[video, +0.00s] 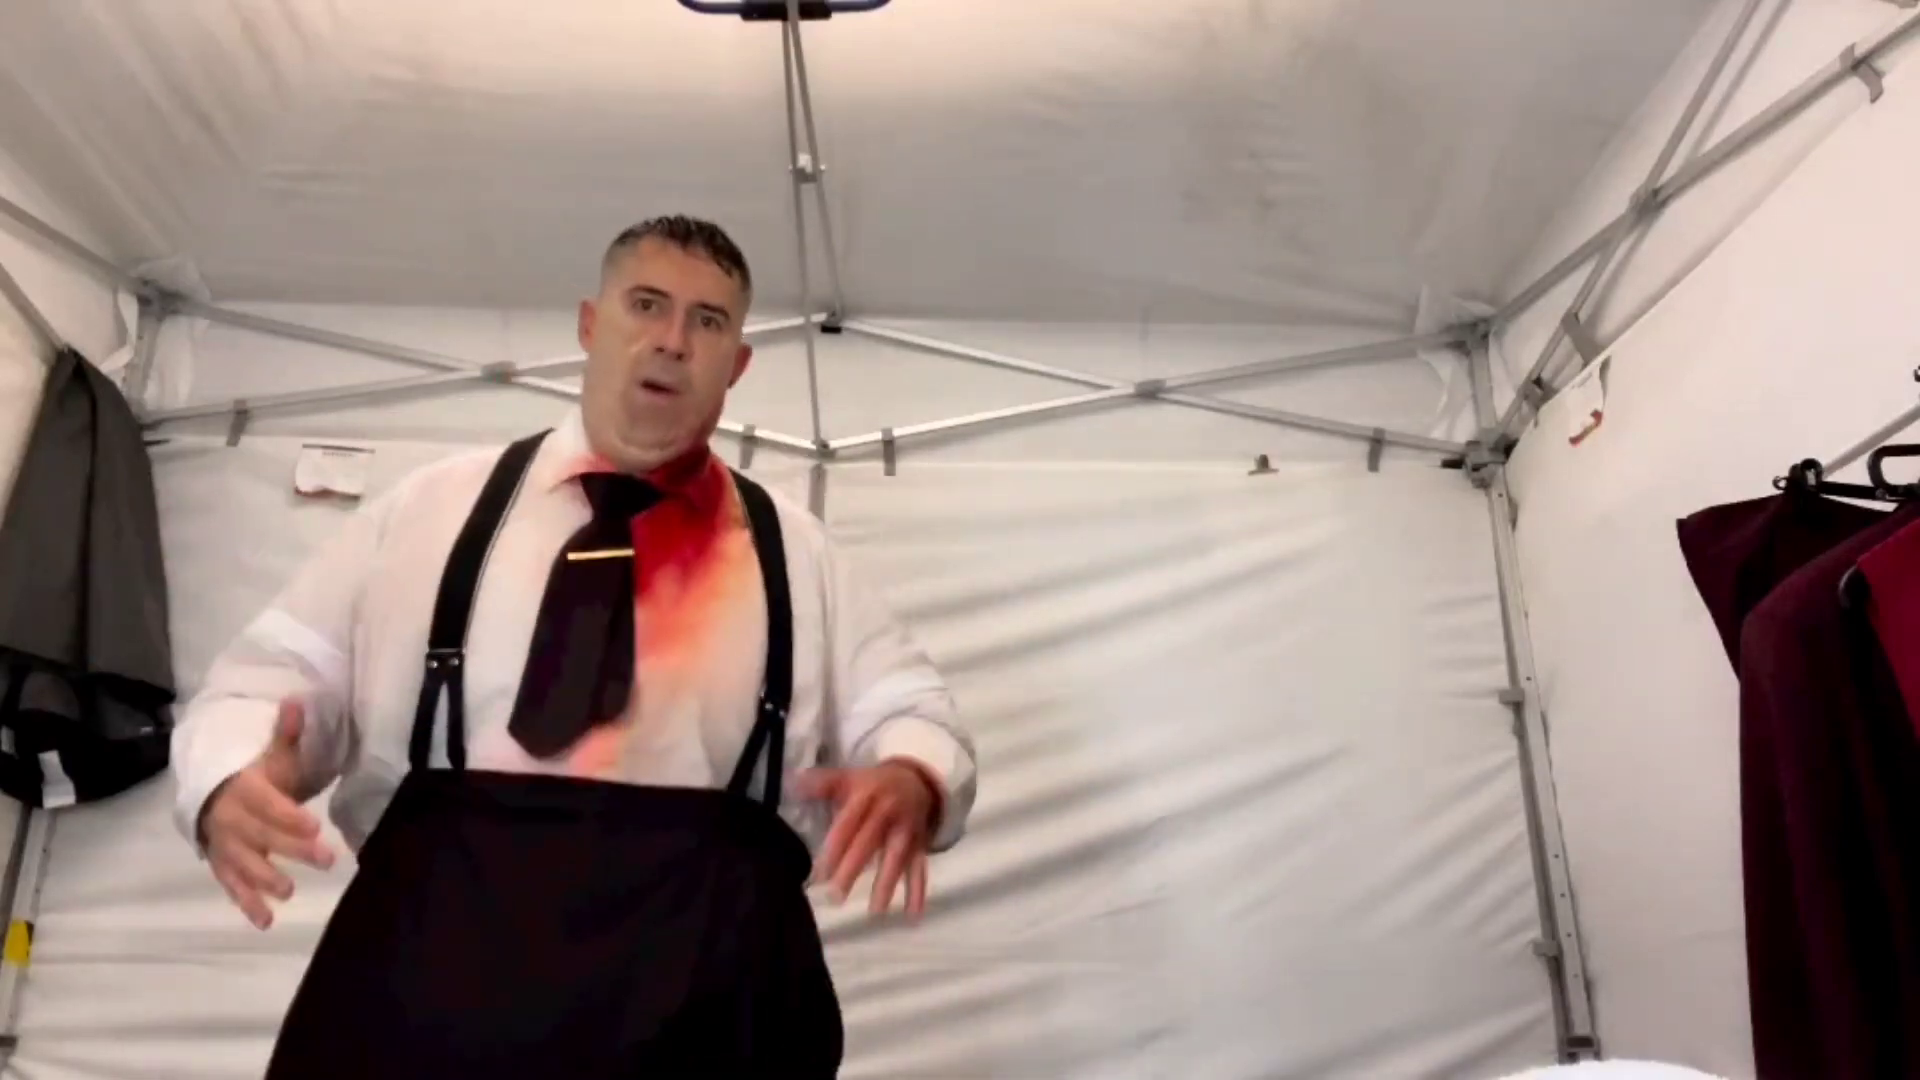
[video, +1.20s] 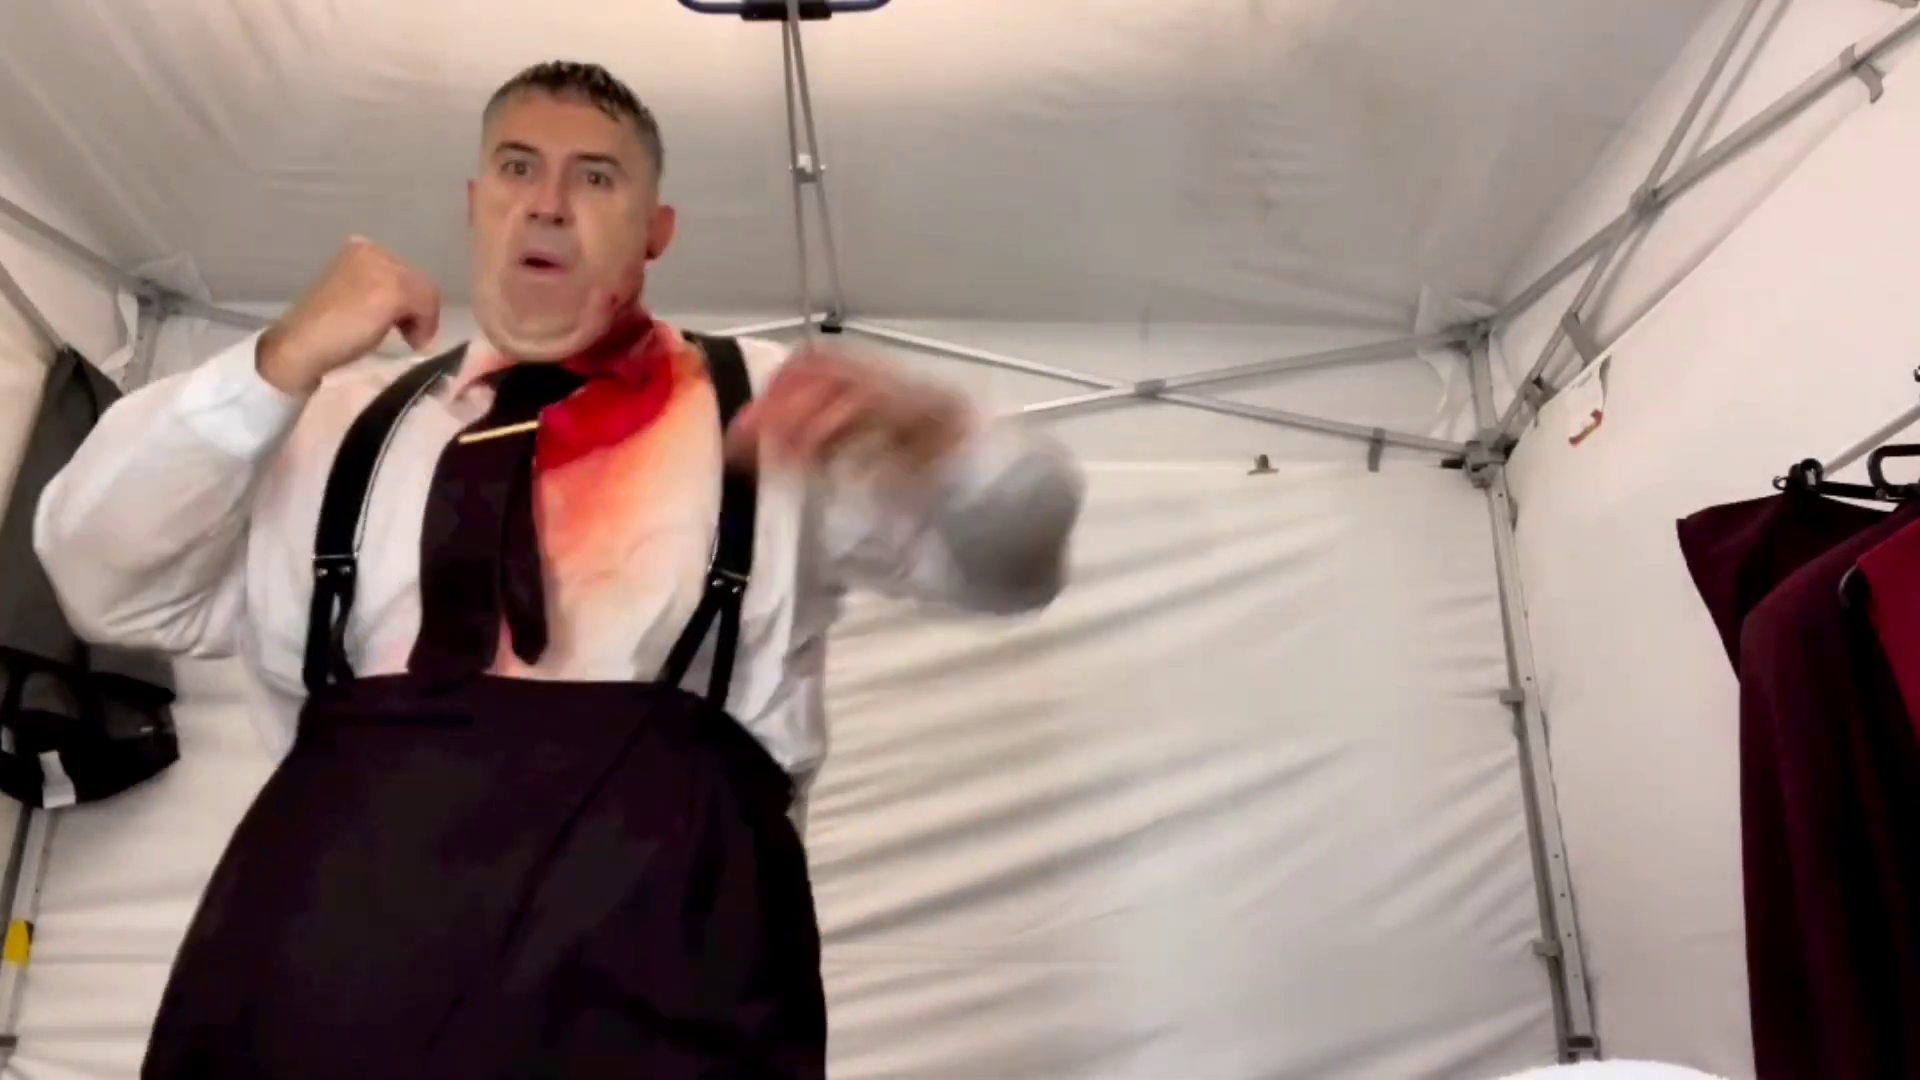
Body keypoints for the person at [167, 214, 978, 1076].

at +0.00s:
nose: (672, 341)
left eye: (706, 322)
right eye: (645, 306)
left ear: (738, 366)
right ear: (588, 328)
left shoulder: (796, 551)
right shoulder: (436, 506)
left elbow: (904, 706)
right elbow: (279, 674)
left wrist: (912, 775)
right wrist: (226, 779)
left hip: (697, 935)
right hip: (448, 922)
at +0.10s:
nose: (651, 291)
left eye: (687, 269)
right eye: (622, 254)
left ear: (719, 313)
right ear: (565, 277)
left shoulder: (785, 501)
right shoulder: (418, 458)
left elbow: (846, 725)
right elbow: (236, 665)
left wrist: (908, 712)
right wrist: (253, 696)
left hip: (688, 908)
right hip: (430, 895)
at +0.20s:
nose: (600, 238)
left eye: (636, 215)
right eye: (570, 206)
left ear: (674, 264)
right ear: (515, 236)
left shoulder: (753, 455)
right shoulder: (369, 420)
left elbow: (828, 656)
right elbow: (207, 666)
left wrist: (892, 650)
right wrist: (201, 602)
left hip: (655, 843)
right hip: (394, 824)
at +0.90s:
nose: (599, 204)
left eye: (638, 182)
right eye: (566, 169)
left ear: (678, 234)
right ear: (509, 202)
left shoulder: (753, 425)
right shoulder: (352, 385)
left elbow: (883, 687)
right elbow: (121, 609)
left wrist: (843, 623)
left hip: (667, 819)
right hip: (392, 798)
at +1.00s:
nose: (551, 223)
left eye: (591, 204)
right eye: (518, 195)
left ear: (634, 264)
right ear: (458, 237)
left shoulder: (724, 443)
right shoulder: (337, 418)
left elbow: (880, 651)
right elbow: (81, 525)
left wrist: (785, 663)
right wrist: (302, 376)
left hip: (645, 851)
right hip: (348, 840)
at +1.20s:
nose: (548, 203)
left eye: (595, 178)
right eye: (517, 168)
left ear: (655, 236)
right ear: (470, 208)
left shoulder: (764, 412)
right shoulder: (348, 418)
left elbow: (1017, 571)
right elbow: (97, 572)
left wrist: (941, 442)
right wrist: (273, 368)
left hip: (651, 881)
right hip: (356, 869)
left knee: (651, 790)